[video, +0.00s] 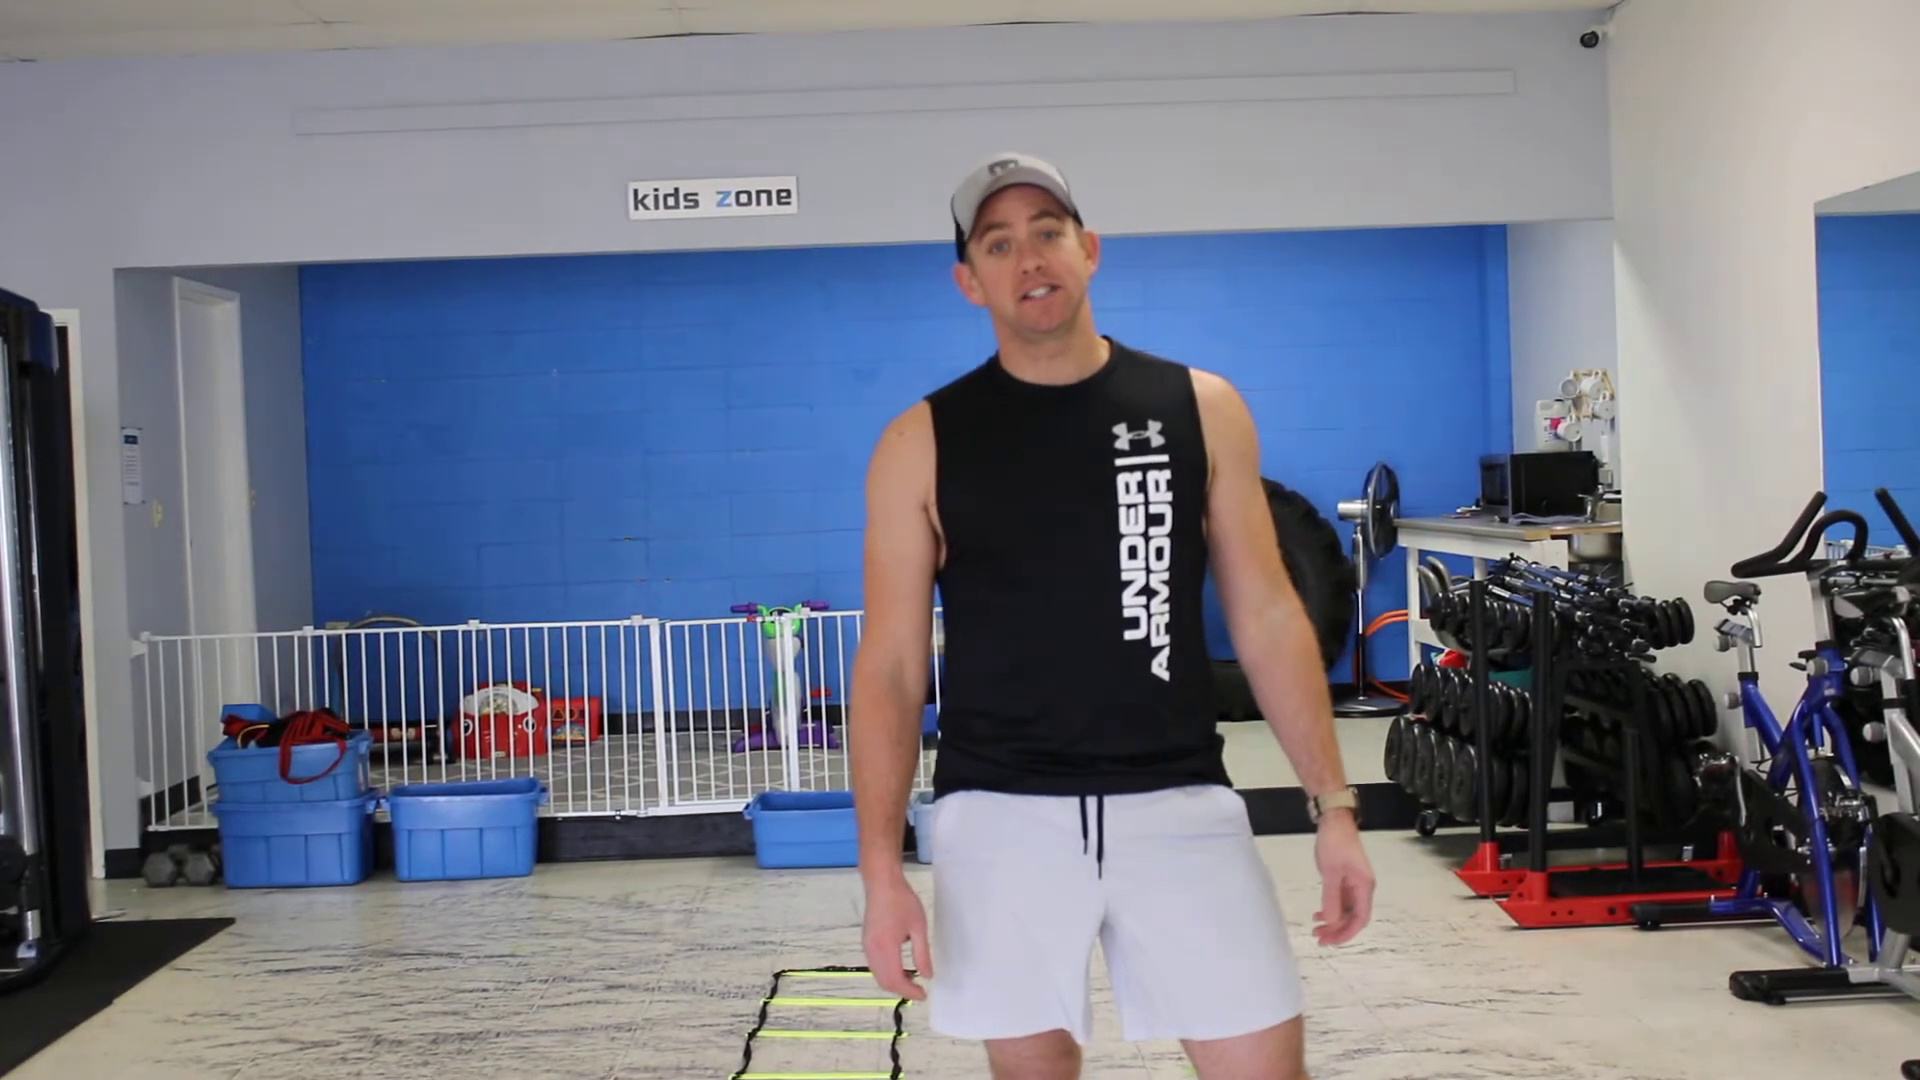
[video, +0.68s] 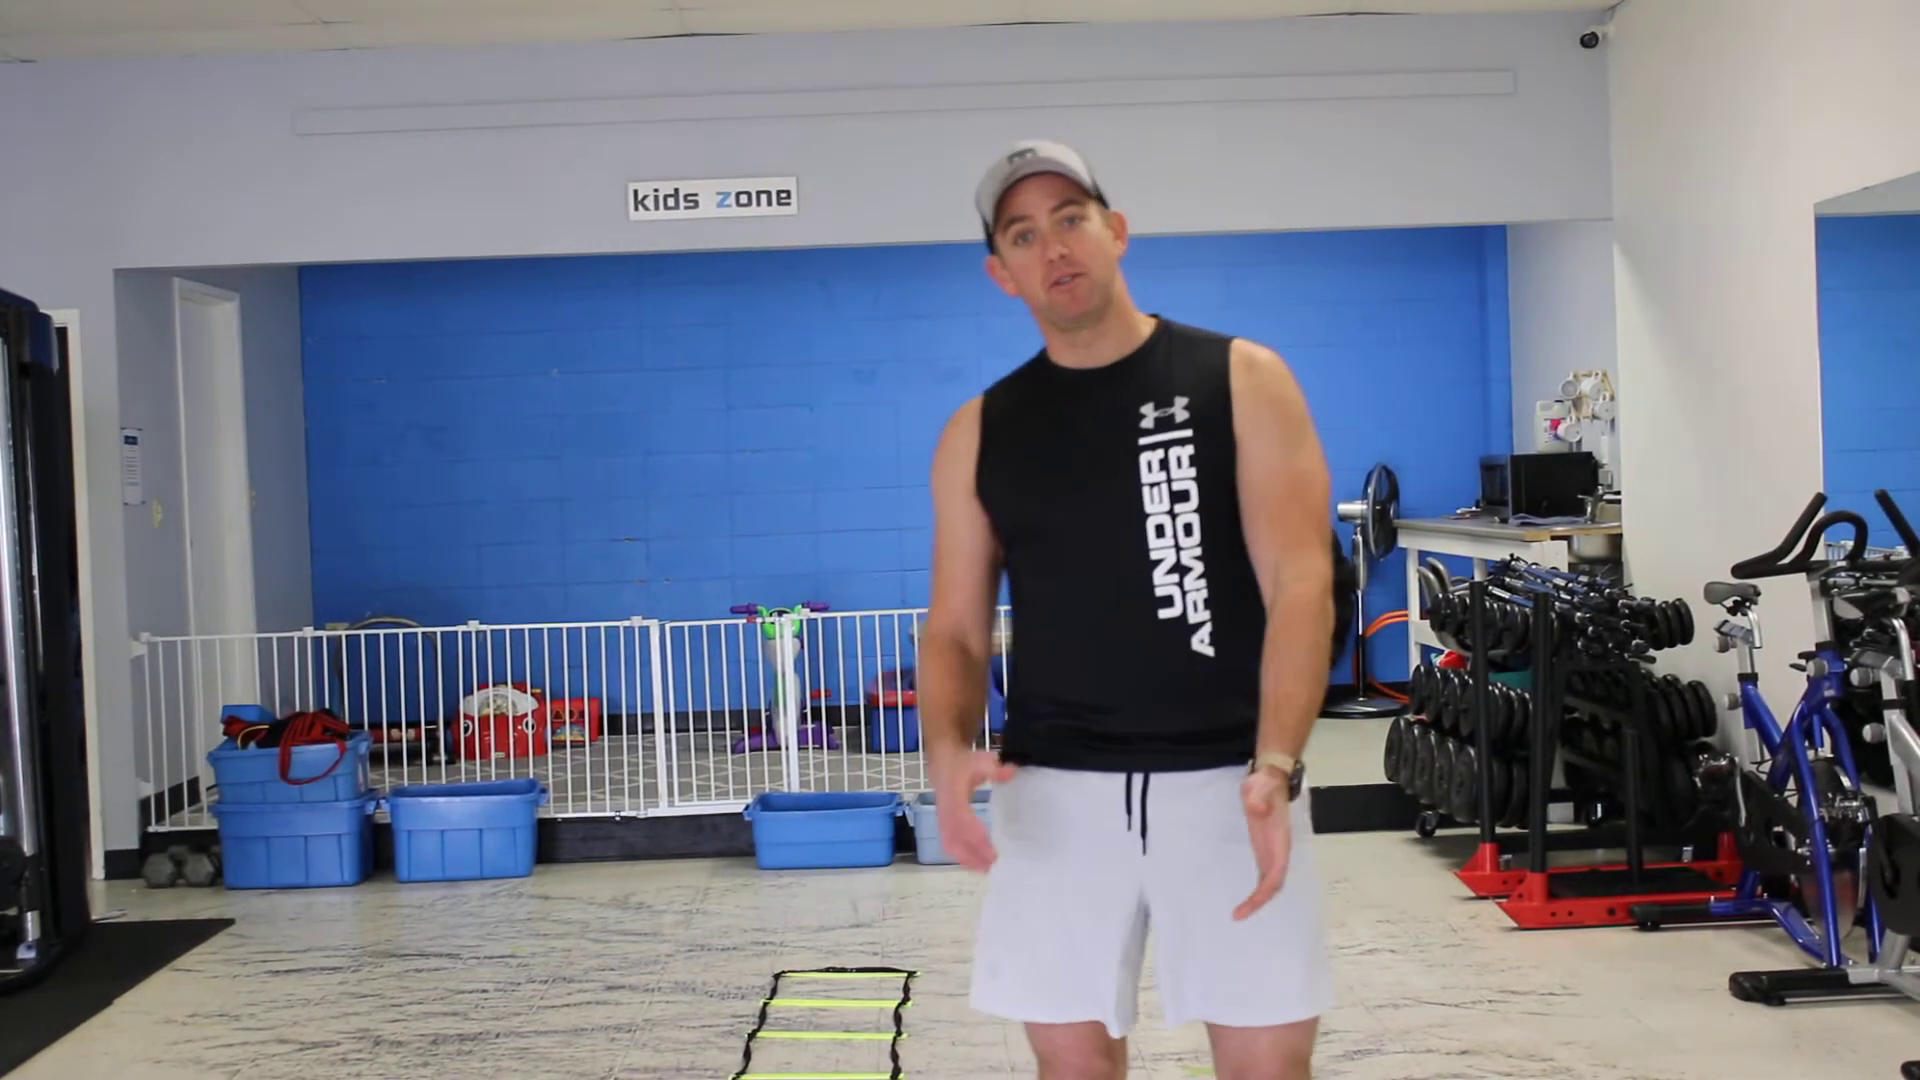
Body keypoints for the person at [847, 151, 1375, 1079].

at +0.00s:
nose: (1031, 256)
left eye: (1050, 232)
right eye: (1000, 243)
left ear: (1089, 252)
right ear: (971, 281)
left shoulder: (1203, 410)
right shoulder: (921, 444)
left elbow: (1266, 615)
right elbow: (891, 669)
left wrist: (1334, 811)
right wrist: (881, 868)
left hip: (1182, 812)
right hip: (999, 825)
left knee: (1266, 1064)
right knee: (1034, 1065)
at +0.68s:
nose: (1054, 244)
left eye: (1071, 218)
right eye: (1024, 234)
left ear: (1117, 230)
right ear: (1004, 273)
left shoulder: (1242, 382)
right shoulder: (977, 434)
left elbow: (1299, 581)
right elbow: (955, 629)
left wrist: (1277, 761)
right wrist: (948, 746)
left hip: (1233, 795)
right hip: (1053, 806)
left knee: (1266, 1066)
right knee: (1072, 1065)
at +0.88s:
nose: (1074, 251)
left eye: (1095, 222)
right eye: (1048, 238)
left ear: (1153, 228)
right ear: (1038, 268)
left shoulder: (1268, 379)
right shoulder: (1033, 426)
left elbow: (1302, 587)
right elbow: (1013, 611)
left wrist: (1254, 773)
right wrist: (985, 706)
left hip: (1250, 792)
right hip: (1082, 798)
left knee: (1271, 1066)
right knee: (1093, 1065)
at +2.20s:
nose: (1090, 238)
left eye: (1107, 212)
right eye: (1059, 227)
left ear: (1150, 228)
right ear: (1032, 268)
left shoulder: (1266, 381)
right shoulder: (1009, 405)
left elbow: (1333, 585)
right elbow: (965, 564)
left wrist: (1254, 695)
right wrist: (891, 701)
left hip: (1241, 789)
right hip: (1065, 793)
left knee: (1271, 1064)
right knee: (1080, 1062)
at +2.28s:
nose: (1075, 243)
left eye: (1092, 217)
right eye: (1044, 231)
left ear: (1132, 229)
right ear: (1016, 270)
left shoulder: (1252, 382)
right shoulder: (992, 409)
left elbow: (1322, 586)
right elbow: (946, 570)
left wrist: (1254, 692)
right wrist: (874, 710)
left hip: (1231, 790)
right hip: (1054, 798)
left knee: (1273, 1066)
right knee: (1070, 1065)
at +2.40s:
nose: (1051, 254)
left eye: (1067, 227)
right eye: (1019, 241)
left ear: (1108, 235)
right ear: (990, 276)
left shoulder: (1231, 387)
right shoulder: (967, 414)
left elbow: (1307, 583)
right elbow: (920, 586)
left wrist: (1250, 677)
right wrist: (850, 730)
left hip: (1222, 789)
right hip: (1041, 799)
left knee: (1310, 1062)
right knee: (1055, 1065)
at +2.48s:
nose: (1039, 271)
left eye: (1052, 239)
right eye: (1006, 257)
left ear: (1096, 240)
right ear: (978, 283)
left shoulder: (1222, 391)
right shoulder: (956, 418)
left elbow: (1300, 586)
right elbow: (910, 592)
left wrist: (1243, 666)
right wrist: (836, 741)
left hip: (1215, 790)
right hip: (1034, 803)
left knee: (1323, 1063)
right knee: (1050, 1066)